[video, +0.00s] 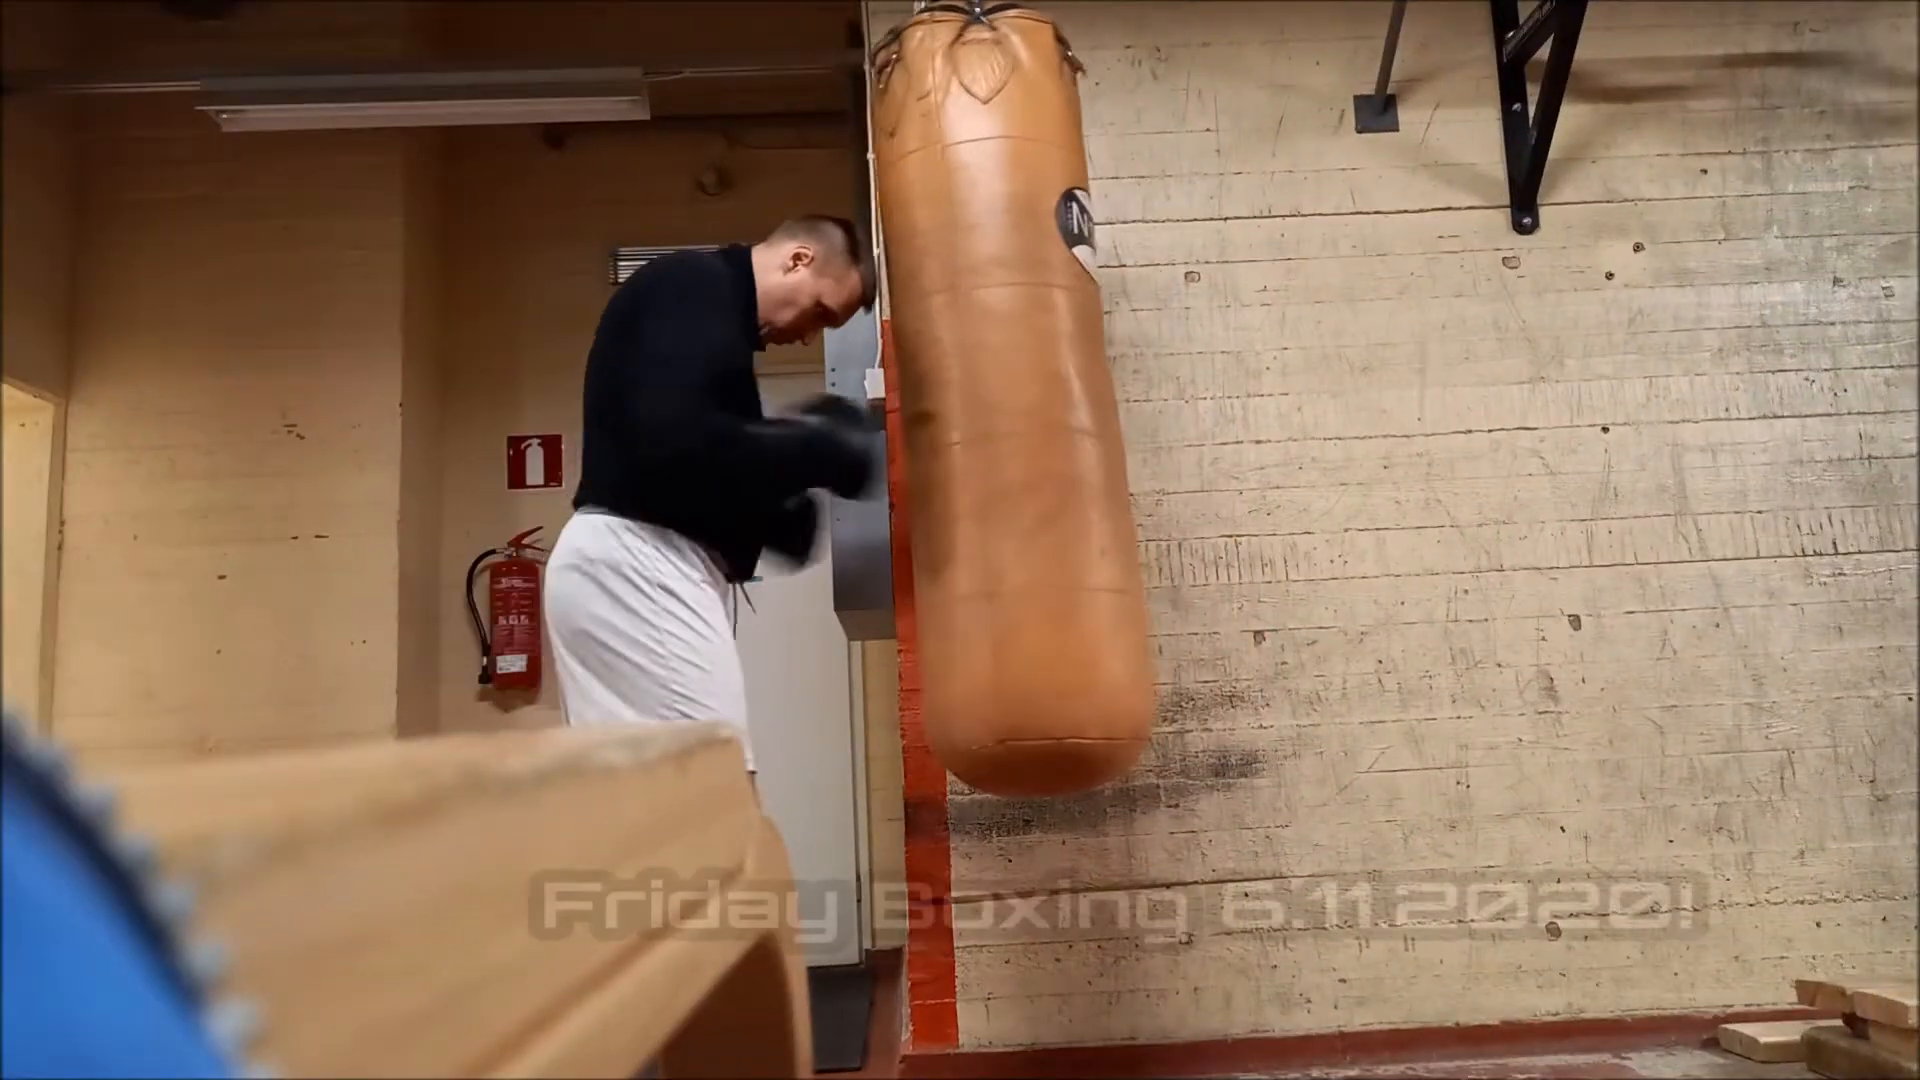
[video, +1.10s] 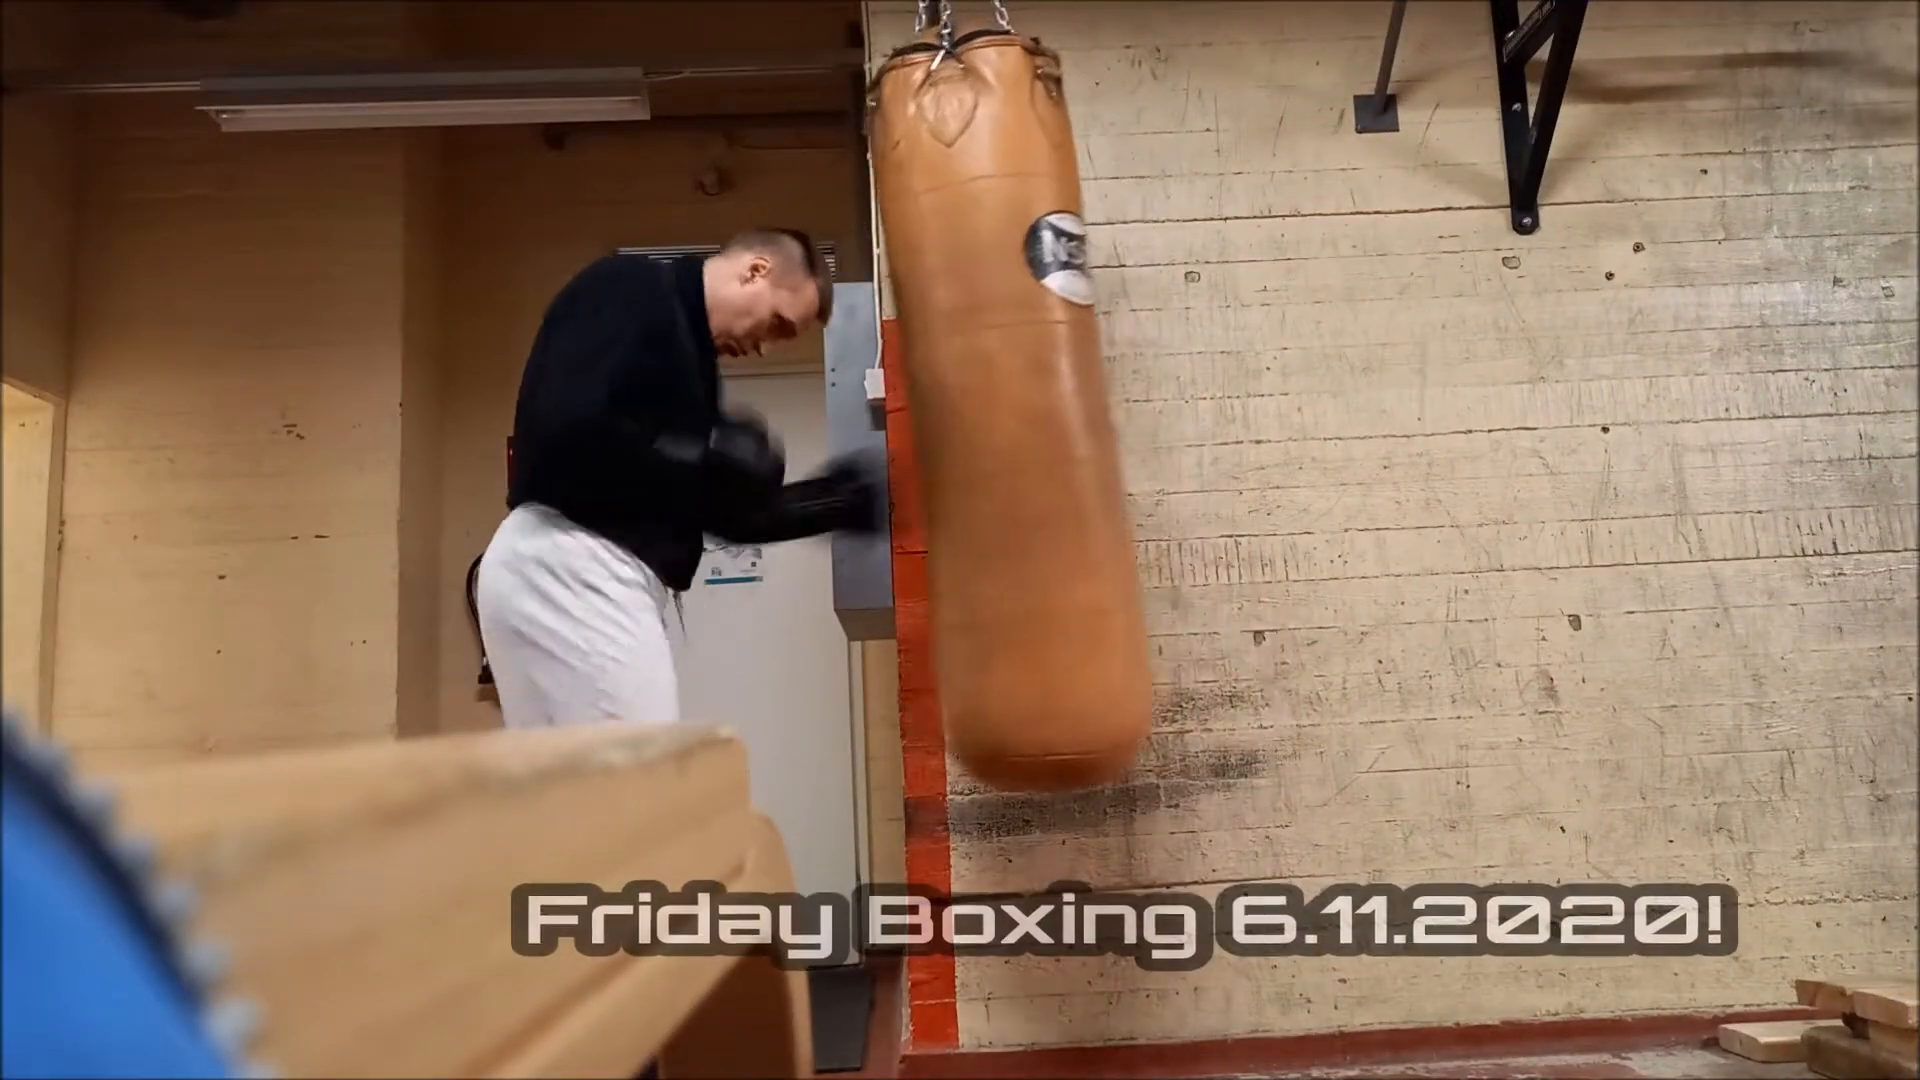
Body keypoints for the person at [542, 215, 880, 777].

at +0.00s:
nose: (809, 334)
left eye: (825, 324)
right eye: (820, 311)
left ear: (797, 260)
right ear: (797, 260)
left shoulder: (715, 320)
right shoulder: (692, 289)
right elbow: (674, 441)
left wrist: (777, 519)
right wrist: (821, 449)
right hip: (638, 566)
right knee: (711, 810)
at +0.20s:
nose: (810, 333)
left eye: (828, 324)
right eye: (824, 311)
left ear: (797, 259)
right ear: (801, 259)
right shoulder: (712, 285)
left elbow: (762, 499)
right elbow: (735, 450)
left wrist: (870, 481)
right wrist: (870, 444)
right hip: (640, 556)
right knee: (722, 805)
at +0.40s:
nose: (810, 324)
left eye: (825, 315)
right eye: (821, 304)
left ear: (795, 249)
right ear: (799, 250)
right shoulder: (719, 284)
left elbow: (746, 476)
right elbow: (740, 446)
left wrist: (850, 491)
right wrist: (848, 471)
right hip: (630, 548)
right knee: (696, 806)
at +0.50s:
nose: (800, 325)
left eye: (817, 315)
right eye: (814, 302)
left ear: (788, 248)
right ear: (791, 250)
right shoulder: (716, 281)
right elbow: (696, 444)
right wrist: (802, 473)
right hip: (620, 548)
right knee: (688, 801)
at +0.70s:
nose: (761, 344)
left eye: (777, 334)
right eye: (775, 322)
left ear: (751, 272)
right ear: (752, 274)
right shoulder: (688, 293)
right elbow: (637, 420)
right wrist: (723, 510)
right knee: (693, 788)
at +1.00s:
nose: (759, 336)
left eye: (774, 326)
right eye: (770, 312)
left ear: (741, 263)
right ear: (744, 263)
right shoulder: (631, 287)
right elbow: (598, 443)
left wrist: (703, 545)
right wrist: (713, 423)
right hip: (570, 569)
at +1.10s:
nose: (766, 346)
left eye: (782, 336)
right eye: (778, 324)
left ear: (751, 271)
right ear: (754, 272)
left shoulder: (690, 354)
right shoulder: (627, 290)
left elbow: (721, 514)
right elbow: (568, 448)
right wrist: (706, 463)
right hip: (571, 565)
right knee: (636, 809)